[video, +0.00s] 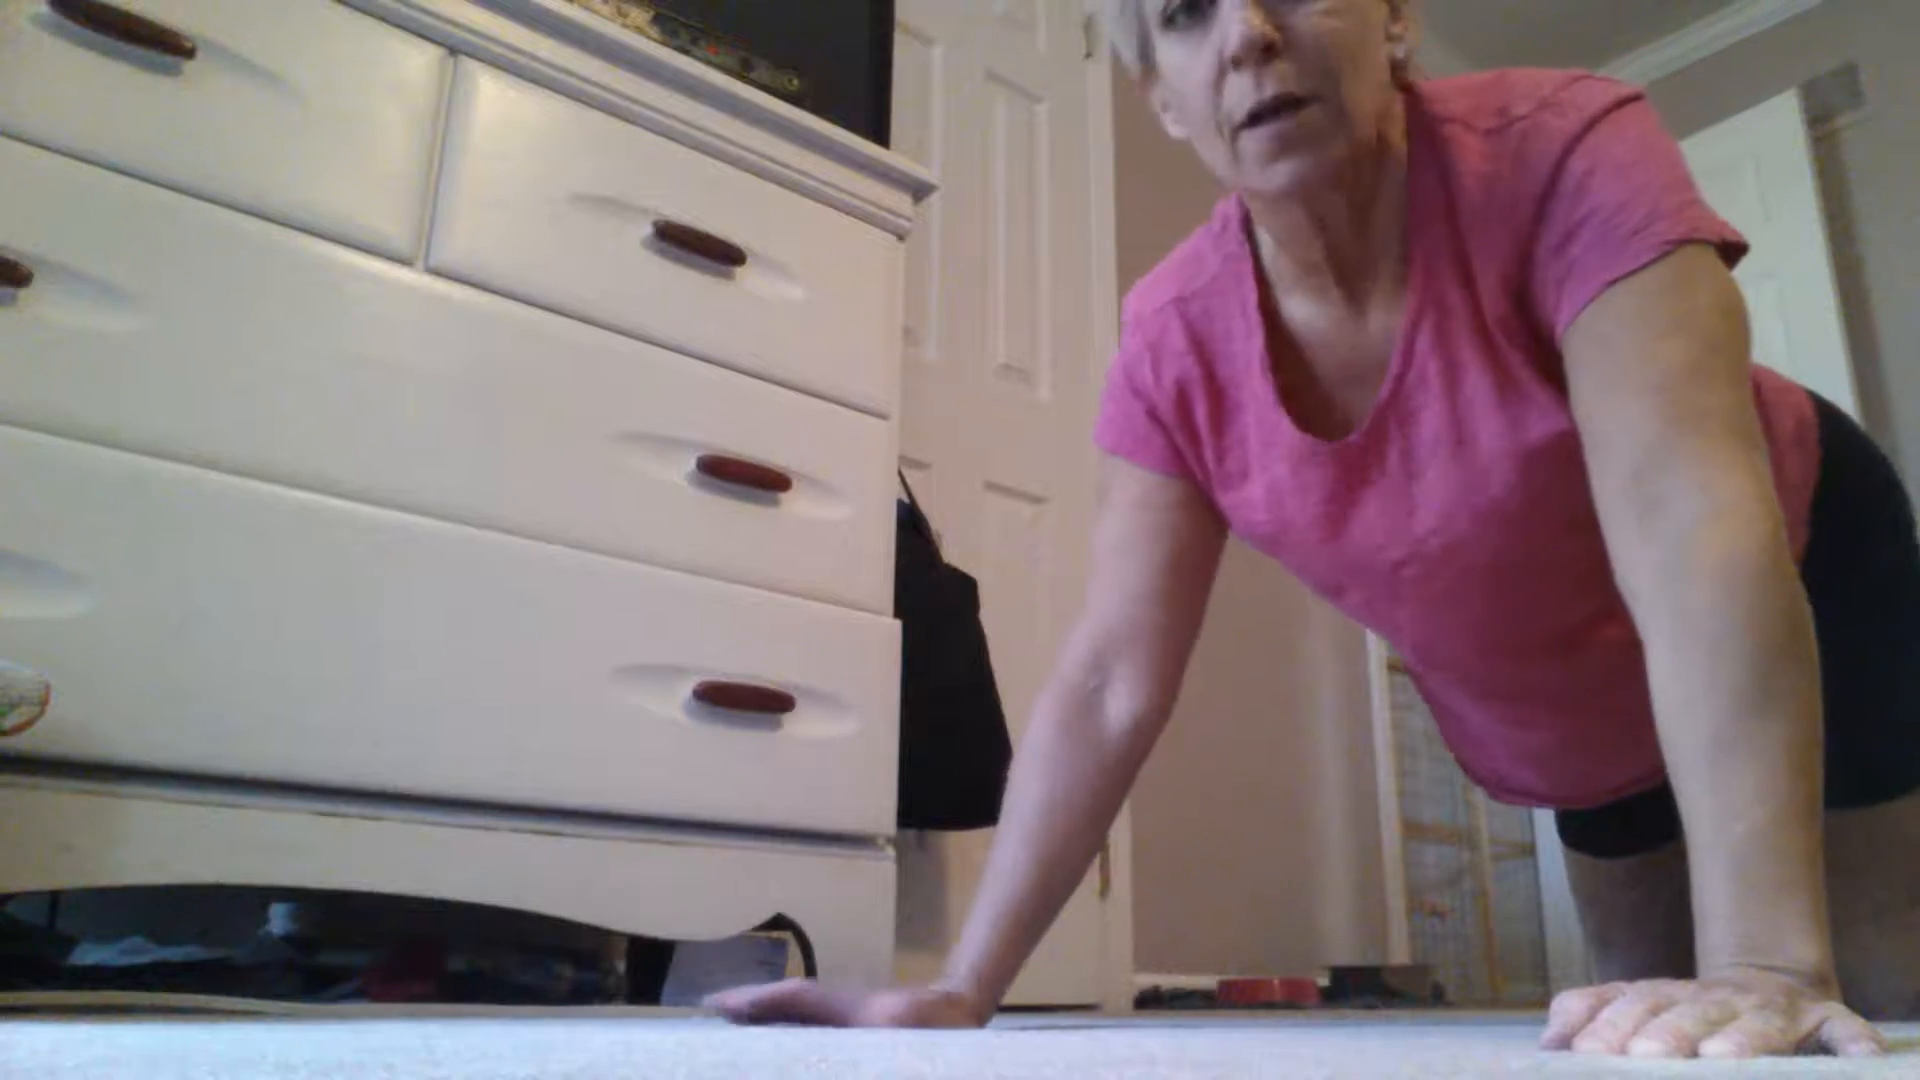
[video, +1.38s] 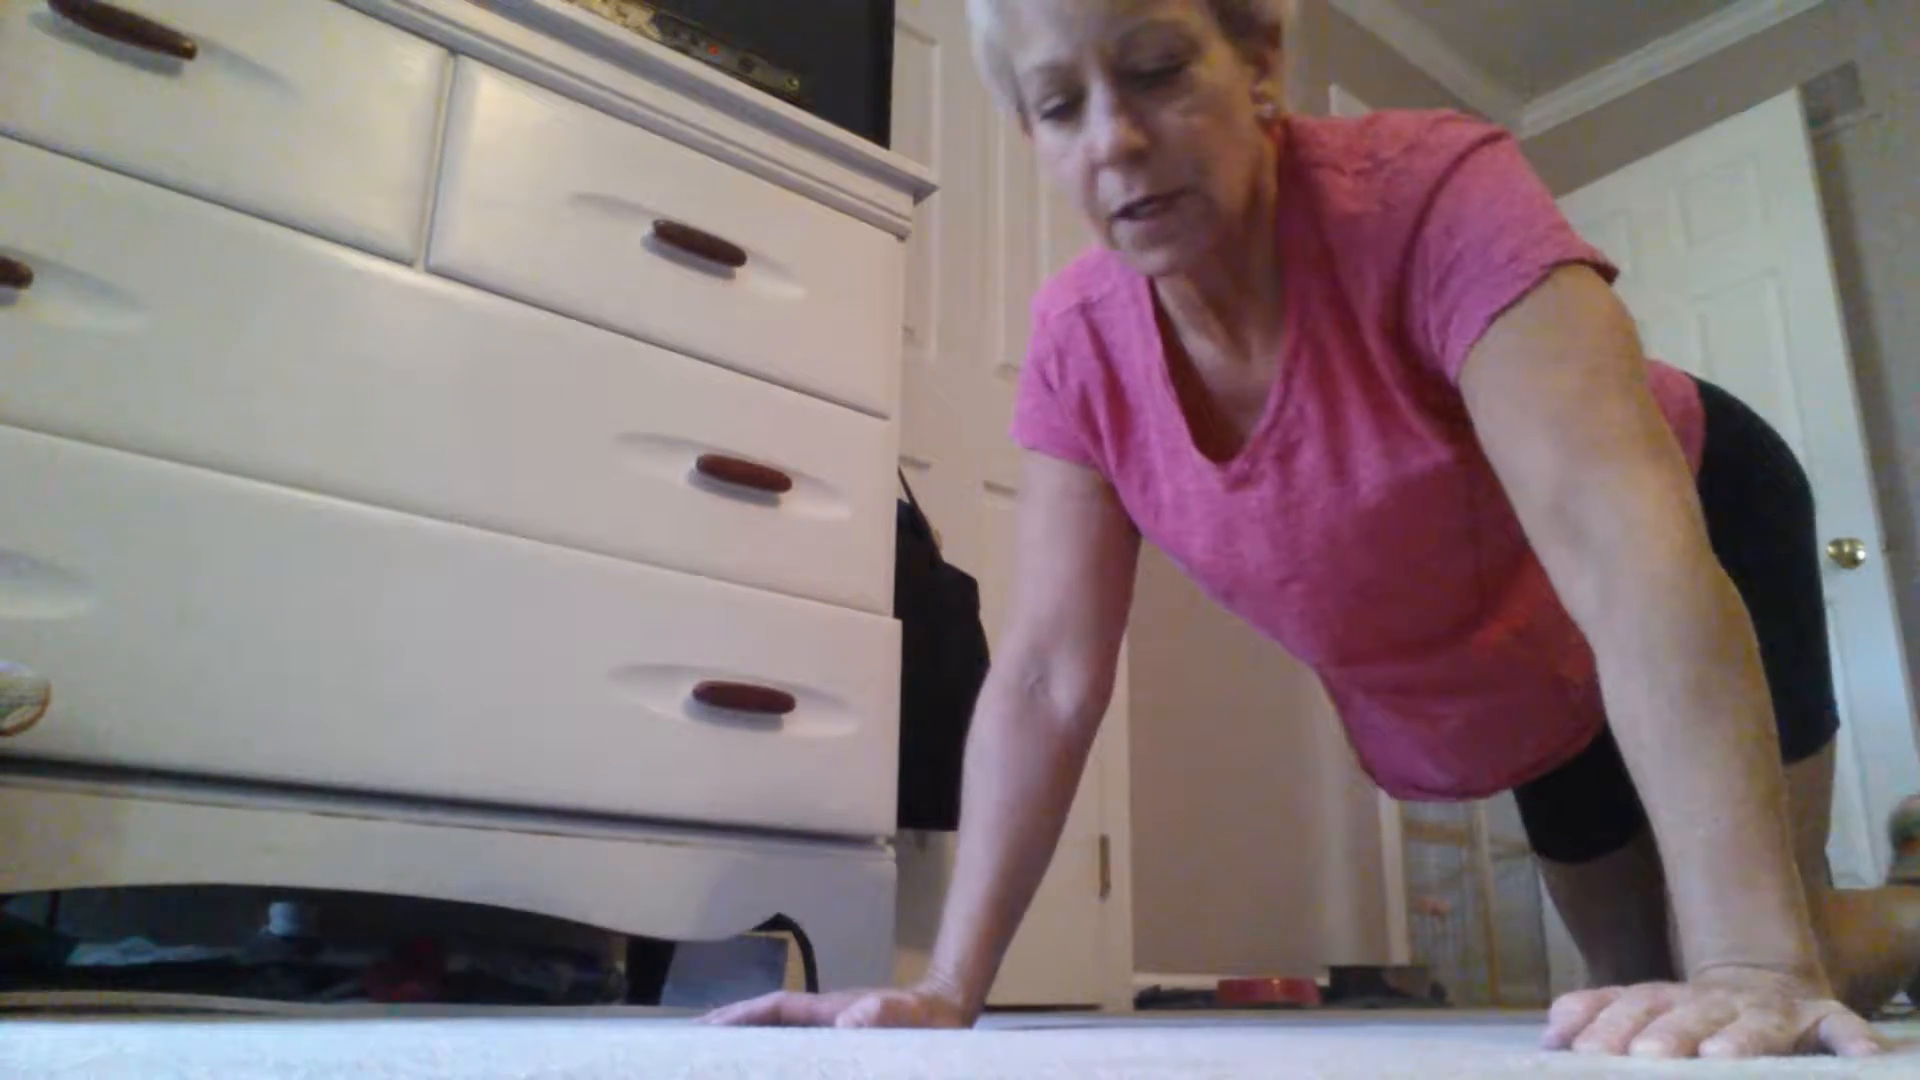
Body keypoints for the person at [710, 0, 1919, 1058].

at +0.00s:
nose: (1246, 39)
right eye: (1188, 23)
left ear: (1394, 28)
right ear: (1153, 99)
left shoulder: (1569, 152)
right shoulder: (1178, 336)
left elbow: (1701, 532)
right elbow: (1105, 684)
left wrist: (1765, 966)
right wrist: (966, 977)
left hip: (1800, 591)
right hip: (1585, 716)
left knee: (1849, 1012)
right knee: (1652, 1035)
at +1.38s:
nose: (1116, 143)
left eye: (1154, 74)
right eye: (1062, 108)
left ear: (1261, 64)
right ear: (1032, 140)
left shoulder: (1437, 192)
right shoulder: (1083, 331)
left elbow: (1630, 538)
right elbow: (1043, 675)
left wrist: (1756, 973)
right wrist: (949, 985)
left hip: (1682, 542)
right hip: (1504, 657)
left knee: (1777, 948)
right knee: (1644, 997)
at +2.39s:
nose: (1099, 195)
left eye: (1145, 120)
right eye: (1057, 139)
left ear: (1300, 58)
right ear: (1029, 122)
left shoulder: (1510, 153)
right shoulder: (1120, 317)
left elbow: (1706, 516)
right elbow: (1060, 672)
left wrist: (1767, 966)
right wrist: (950, 983)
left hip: (1694, 583)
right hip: (1529, 694)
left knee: (1784, 920)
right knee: (1691, 843)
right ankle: (1867, 925)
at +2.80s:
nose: (1267, 140)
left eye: (1316, 60)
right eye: (1206, 90)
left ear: (1415, 28)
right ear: (1159, 95)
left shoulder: (1583, 129)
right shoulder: (1175, 308)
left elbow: (1728, 515)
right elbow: (1086, 681)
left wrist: (1769, 966)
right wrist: (954, 981)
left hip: (1739, 576)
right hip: (1562, 673)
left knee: (1775, 924)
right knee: (1751, 910)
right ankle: (1877, 926)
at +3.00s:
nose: (1382, 116)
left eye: (1432, 45)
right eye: (1313, 62)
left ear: (1500, 33)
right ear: (1222, 71)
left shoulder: (1625, 131)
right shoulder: (1196, 302)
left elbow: (1736, 518)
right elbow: (1092, 676)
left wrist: (1770, 965)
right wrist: (953, 980)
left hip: (1751, 578)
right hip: (1556, 678)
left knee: (1777, 932)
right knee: (1765, 925)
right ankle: (1876, 922)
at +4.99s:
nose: (1217, 142)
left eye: (1258, 77)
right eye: (1173, 97)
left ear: (1389, 48)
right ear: (1141, 95)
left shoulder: (1558, 134)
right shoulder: (1183, 304)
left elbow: (1722, 502)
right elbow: (1087, 667)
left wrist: (1751, 931)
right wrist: (951, 981)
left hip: (1734, 566)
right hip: (1560, 670)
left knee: (1767, 944)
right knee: (1790, 903)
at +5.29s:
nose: (1195, 302)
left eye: (1232, 248)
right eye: (1152, 261)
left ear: (1343, 162)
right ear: (1111, 228)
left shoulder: (1501, 195)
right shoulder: (1142, 349)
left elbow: (1731, 518)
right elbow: (1080, 678)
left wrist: (1820, 976)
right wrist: (966, 991)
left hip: (1754, 621)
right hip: (1641, 703)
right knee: (1729, 1016)